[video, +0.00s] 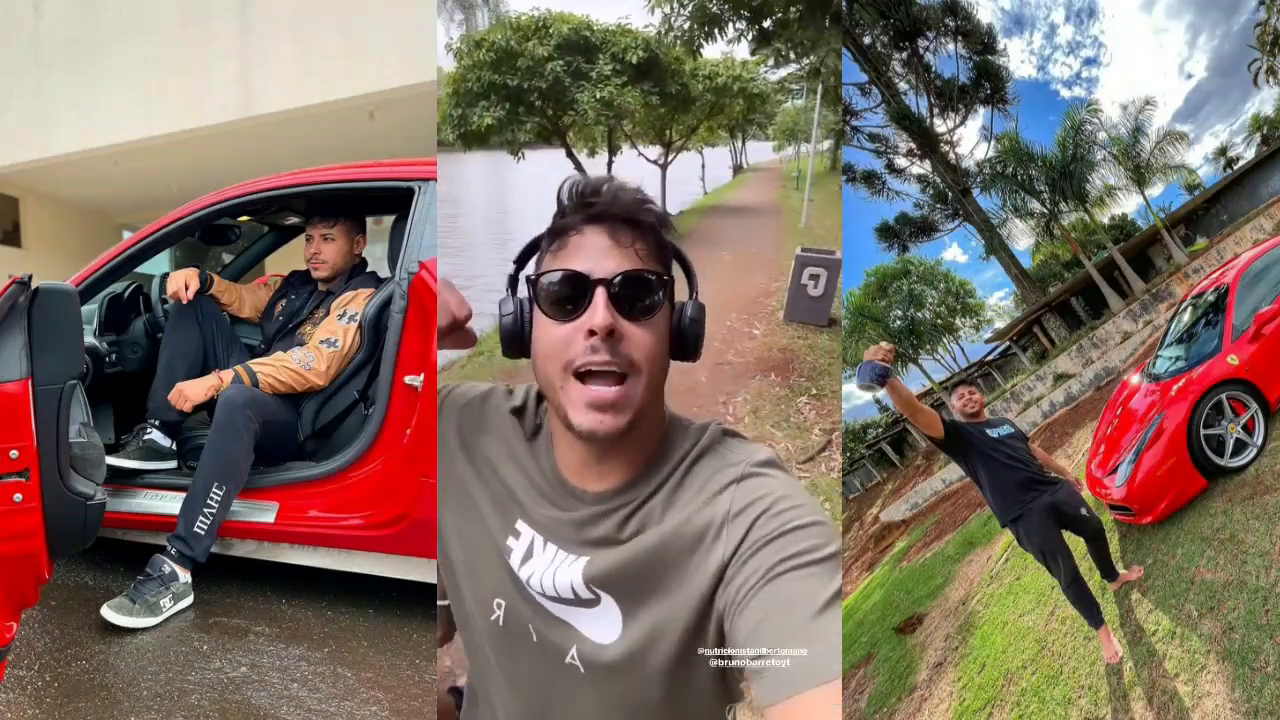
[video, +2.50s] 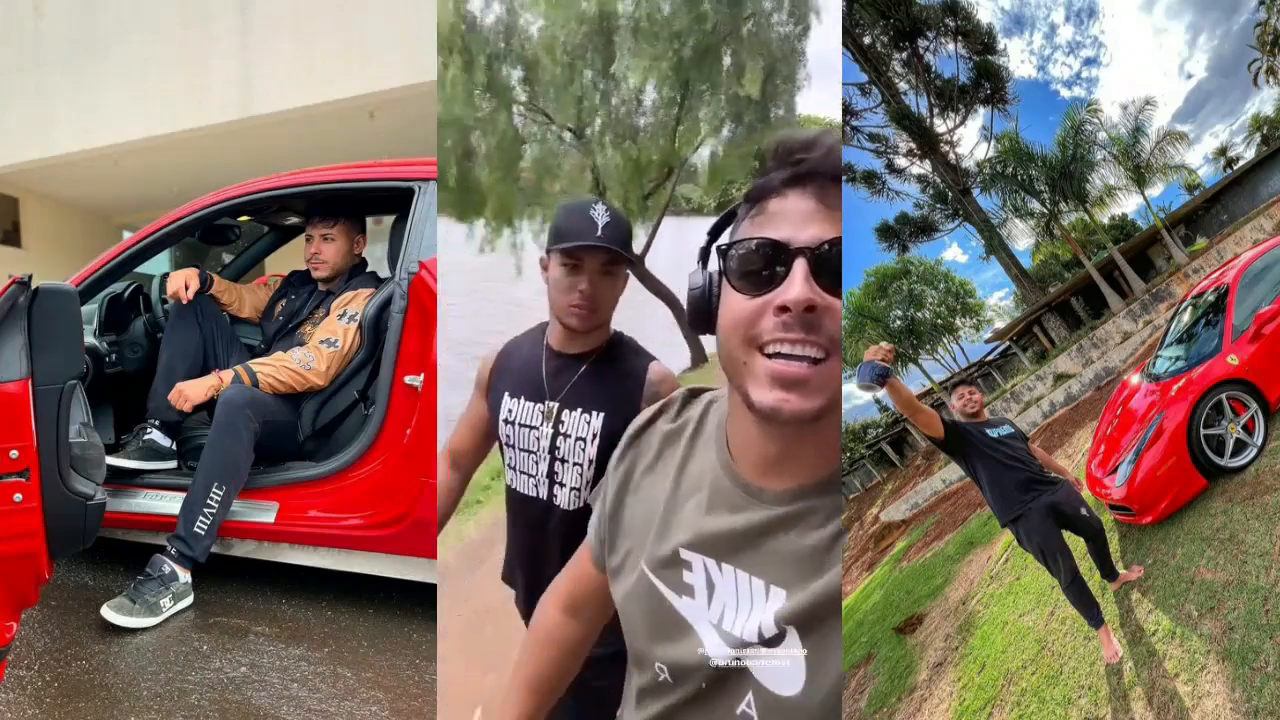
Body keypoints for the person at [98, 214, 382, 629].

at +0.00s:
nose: (314, 249)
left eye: (328, 239)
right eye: (310, 239)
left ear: (358, 245)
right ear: (305, 244)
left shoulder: (362, 297)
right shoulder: (291, 286)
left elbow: (315, 367)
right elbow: (242, 299)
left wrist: (220, 380)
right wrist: (201, 279)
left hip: (314, 412)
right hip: (261, 386)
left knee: (238, 402)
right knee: (195, 302)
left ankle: (176, 567)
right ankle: (160, 433)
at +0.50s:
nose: (314, 249)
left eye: (328, 239)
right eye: (310, 239)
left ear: (358, 245)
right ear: (305, 244)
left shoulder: (362, 297)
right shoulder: (291, 286)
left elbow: (315, 367)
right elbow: (242, 299)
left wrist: (220, 380)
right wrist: (201, 279)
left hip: (314, 412)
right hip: (260, 386)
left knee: (238, 402)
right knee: (195, 302)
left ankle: (176, 567)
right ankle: (160, 433)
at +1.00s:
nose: (314, 249)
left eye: (328, 239)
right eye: (310, 239)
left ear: (359, 245)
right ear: (305, 244)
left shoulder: (362, 297)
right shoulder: (291, 286)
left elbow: (315, 367)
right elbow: (243, 299)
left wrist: (220, 380)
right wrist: (201, 278)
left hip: (314, 411)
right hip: (261, 386)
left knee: (239, 402)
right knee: (195, 302)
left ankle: (177, 567)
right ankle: (160, 433)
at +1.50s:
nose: (314, 249)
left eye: (328, 239)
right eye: (310, 239)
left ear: (359, 245)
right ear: (304, 243)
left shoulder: (361, 297)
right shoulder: (291, 286)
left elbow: (315, 366)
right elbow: (242, 299)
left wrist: (219, 380)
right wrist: (201, 278)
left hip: (315, 410)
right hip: (265, 388)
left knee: (239, 402)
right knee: (196, 302)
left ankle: (177, 567)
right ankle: (161, 433)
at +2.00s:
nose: (314, 249)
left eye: (328, 239)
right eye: (310, 239)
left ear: (359, 245)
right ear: (304, 243)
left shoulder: (361, 297)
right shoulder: (291, 286)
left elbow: (315, 366)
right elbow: (242, 299)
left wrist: (219, 380)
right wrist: (201, 278)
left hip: (315, 410)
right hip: (264, 388)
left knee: (239, 402)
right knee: (196, 302)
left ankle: (177, 567)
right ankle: (161, 433)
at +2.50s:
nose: (315, 249)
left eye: (328, 239)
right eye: (310, 239)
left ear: (358, 245)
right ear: (304, 244)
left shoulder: (361, 297)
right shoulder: (292, 286)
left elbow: (315, 366)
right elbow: (243, 299)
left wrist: (219, 381)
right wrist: (203, 279)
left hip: (315, 411)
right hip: (265, 389)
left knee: (239, 402)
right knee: (196, 303)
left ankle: (177, 568)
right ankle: (161, 433)